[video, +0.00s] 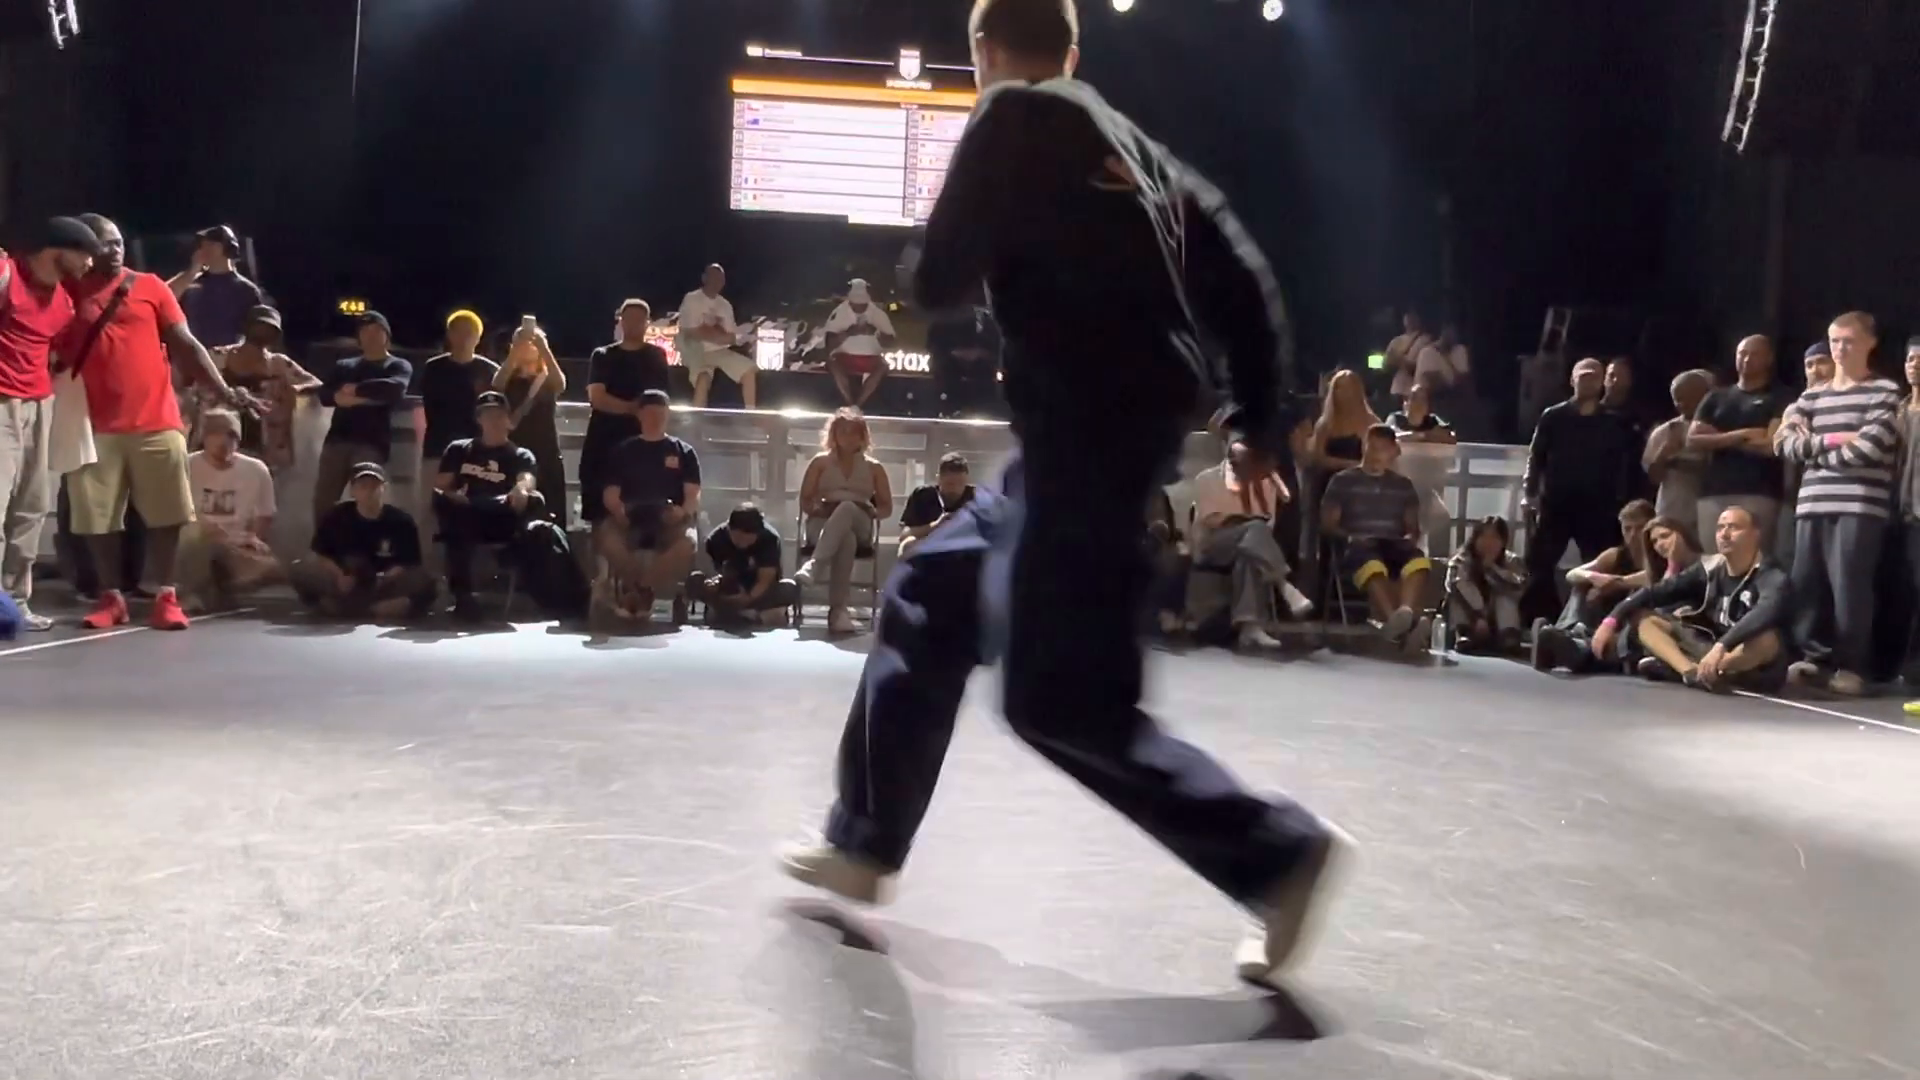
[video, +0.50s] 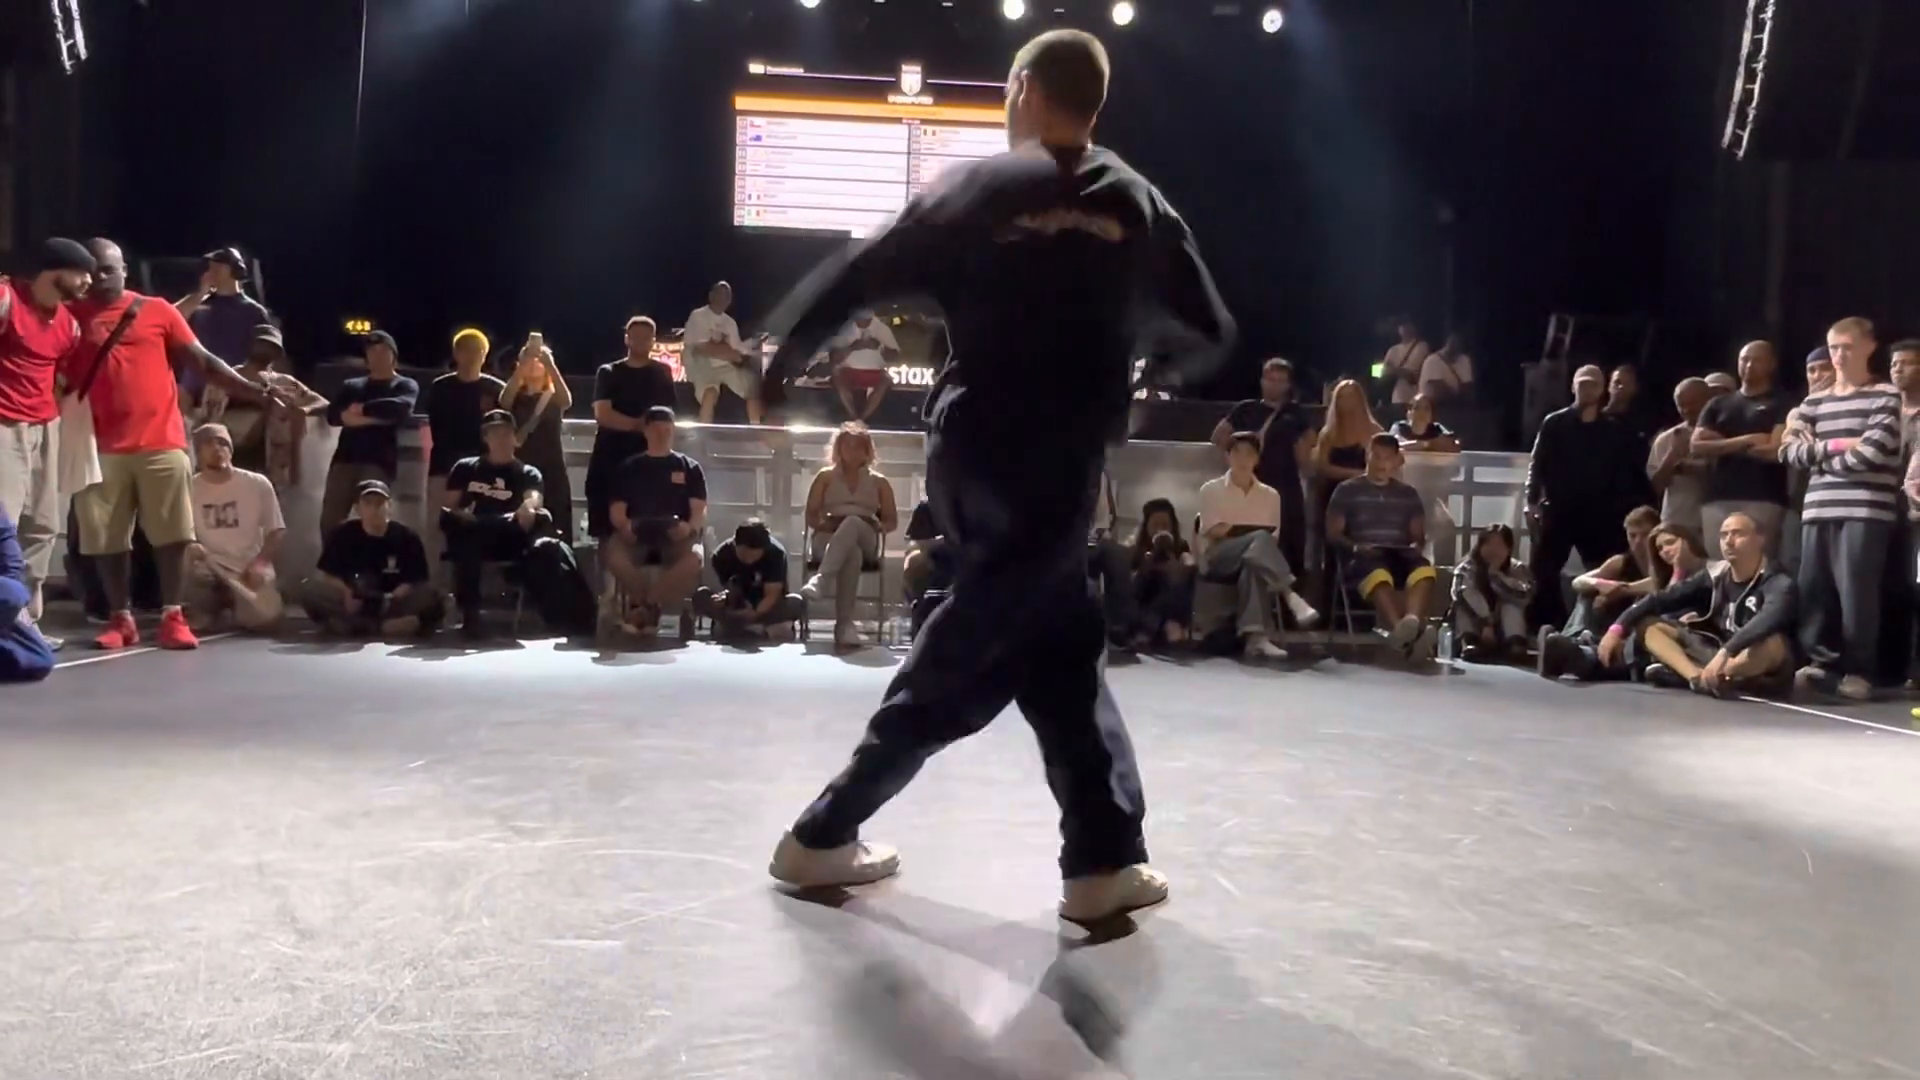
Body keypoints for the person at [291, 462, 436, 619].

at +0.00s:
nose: (368, 492)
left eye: (374, 486)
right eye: (363, 486)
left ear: (383, 489)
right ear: (353, 490)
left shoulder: (401, 520)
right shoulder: (336, 516)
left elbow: (410, 563)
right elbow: (320, 555)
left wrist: (384, 579)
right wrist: (339, 577)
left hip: (383, 582)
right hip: (345, 581)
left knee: (423, 581)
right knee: (301, 570)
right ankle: (374, 612)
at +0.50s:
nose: (374, 510)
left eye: (379, 504)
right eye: (368, 504)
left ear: (388, 507)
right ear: (359, 508)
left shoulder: (406, 537)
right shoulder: (342, 534)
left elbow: (416, 579)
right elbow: (327, 574)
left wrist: (390, 600)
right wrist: (346, 592)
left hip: (390, 599)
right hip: (353, 598)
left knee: (430, 596)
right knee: (310, 588)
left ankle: (354, 628)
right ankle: (380, 628)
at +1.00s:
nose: (380, 513)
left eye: (385, 507)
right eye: (373, 507)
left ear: (393, 509)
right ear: (363, 510)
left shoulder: (411, 540)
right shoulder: (347, 537)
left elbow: (421, 581)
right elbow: (330, 575)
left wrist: (393, 601)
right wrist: (351, 594)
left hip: (395, 601)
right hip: (358, 601)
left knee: (436, 600)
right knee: (313, 592)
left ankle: (360, 630)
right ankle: (385, 630)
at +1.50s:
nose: (386, 510)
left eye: (391, 504)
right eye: (380, 504)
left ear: (400, 507)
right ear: (371, 508)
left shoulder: (418, 538)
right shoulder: (354, 535)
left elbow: (427, 579)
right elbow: (335, 575)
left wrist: (401, 599)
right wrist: (357, 591)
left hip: (402, 598)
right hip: (364, 599)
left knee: (441, 597)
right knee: (321, 589)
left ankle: (367, 627)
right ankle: (392, 627)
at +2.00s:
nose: (394, 504)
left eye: (399, 499)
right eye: (388, 498)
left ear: (407, 501)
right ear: (378, 502)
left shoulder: (424, 531)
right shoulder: (362, 527)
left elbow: (432, 572)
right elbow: (345, 567)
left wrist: (407, 593)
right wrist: (364, 586)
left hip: (409, 592)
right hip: (371, 591)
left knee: (448, 591)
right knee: (328, 581)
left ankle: (373, 620)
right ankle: (398, 620)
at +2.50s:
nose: (400, 497)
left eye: (405, 491)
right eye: (394, 491)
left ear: (414, 494)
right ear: (383, 494)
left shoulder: (430, 524)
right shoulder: (367, 519)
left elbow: (440, 565)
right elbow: (350, 559)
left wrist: (412, 586)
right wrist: (369, 578)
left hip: (413, 584)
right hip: (375, 584)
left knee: (453, 583)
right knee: (330, 573)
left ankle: (374, 610)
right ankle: (402, 612)